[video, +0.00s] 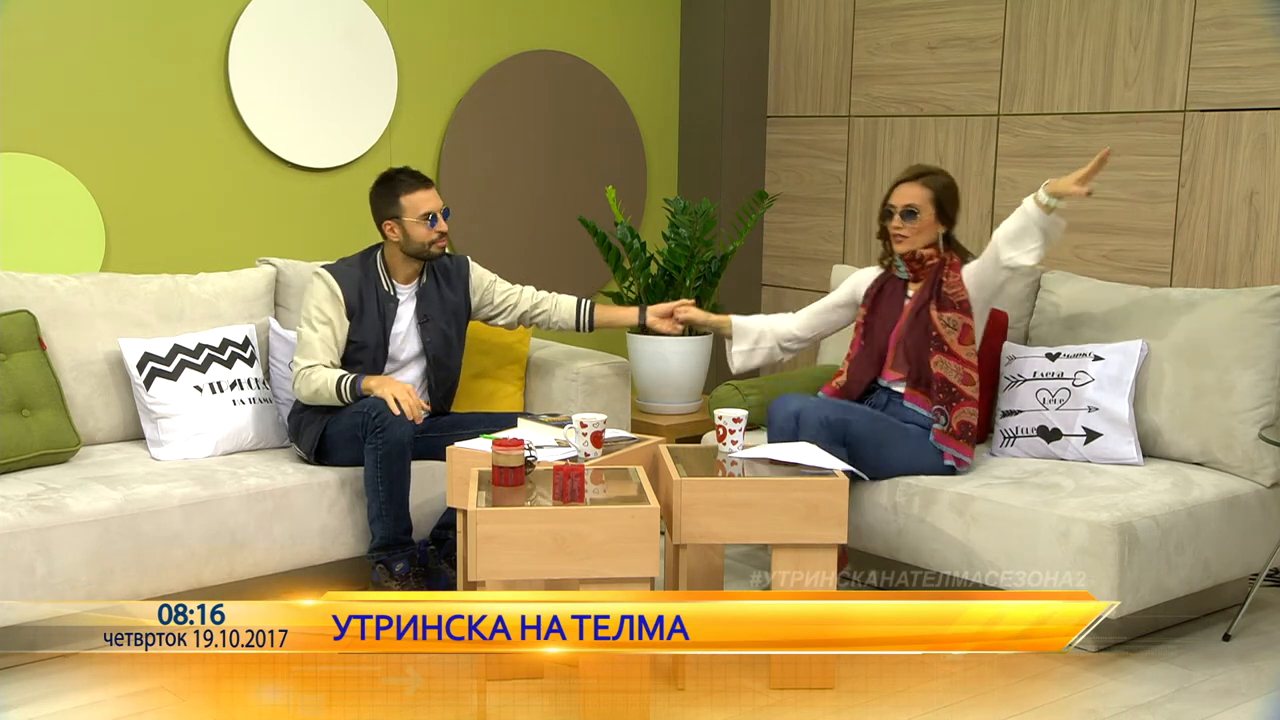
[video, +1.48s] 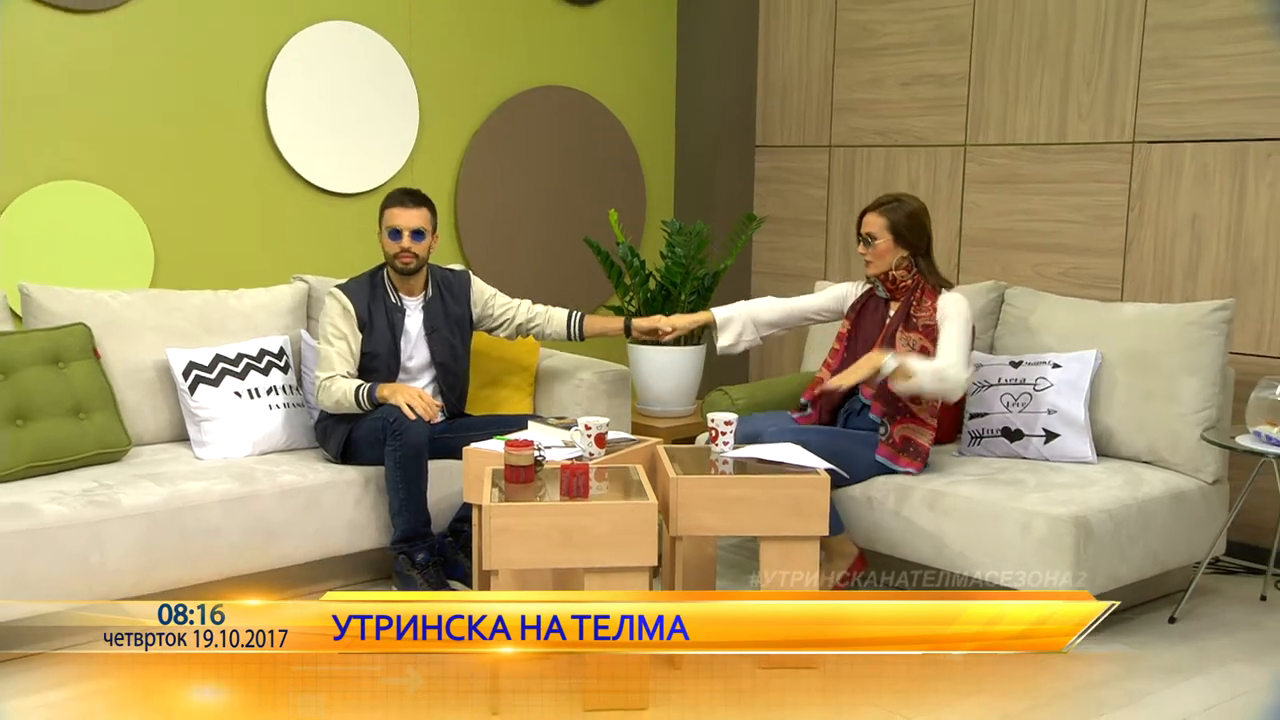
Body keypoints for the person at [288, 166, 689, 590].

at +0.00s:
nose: (443, 229)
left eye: (443, 216)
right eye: (428, 220)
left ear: (445, 216)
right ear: (389, 230)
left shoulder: (458, 276)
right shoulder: (336, 284)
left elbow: (539, 306)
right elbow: (308, 379)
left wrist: (641, 315)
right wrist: (370, 382)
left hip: (419, 420)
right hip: (333, 424)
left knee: (521, 431)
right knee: (390, 411)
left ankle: (441, 552)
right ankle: (392, 561)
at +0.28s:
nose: (434, 230)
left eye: (434, 218)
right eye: (421, 221)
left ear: (435, 216)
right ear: (381, 230)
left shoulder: (449, 276)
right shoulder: (329, 285)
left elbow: (523, 318)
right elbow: (306, 382)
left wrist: (625, 342)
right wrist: (369, 386)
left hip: (419, 422)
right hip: (331, 426)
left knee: (520, 431)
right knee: (392, 415)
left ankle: (441, 551)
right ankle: (391, 559)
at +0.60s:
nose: (419, 233)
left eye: (423, 221)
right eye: (405, 225)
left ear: (427, 220)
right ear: (372, 230)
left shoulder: (445, 275)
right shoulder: (327, 290)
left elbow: (519, 319)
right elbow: (311, 386)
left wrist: (621, 342)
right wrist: (369, 388)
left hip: (424, 421)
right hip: (339, 427)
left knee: (524, 430)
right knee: (393, 416)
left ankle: (445, 551)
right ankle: (397, 558)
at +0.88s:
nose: (400, 229)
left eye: (411, 219)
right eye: (388, 218)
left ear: (423, 227)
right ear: (369, 226)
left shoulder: (449, 281)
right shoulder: (333, 291)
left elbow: (521, 322)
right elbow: (318, 387)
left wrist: (620, 345)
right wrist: (377, 388)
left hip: (429, 420)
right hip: (345, 426)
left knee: (526, 429)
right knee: (397, 414)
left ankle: (447, 549)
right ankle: (403, 557)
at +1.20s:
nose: (392, 232)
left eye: (406, 223)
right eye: (383, 221)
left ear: (426, 232)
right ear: (372, 228)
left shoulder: (454, 283)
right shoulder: (341, 295)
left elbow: (528, 322)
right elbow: (328, 388)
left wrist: (627, 339)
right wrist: (382, 389)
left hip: (435, 419)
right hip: (353, 424)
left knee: (531, 429)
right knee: (404, 414)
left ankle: (452, 548)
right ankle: (409, 557)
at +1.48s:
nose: (405, 245)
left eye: (417, 234)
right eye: (394, 234)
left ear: (433, 239)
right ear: (380, 238)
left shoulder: (459, 287)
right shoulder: (348, 299)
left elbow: (531, 319)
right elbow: (328, 389)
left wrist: (628, 326)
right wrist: (382, 391)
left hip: (438, 421)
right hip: (358, 425)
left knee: (533, 431)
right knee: (407, 418)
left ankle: (455, 546)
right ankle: (413, 556)